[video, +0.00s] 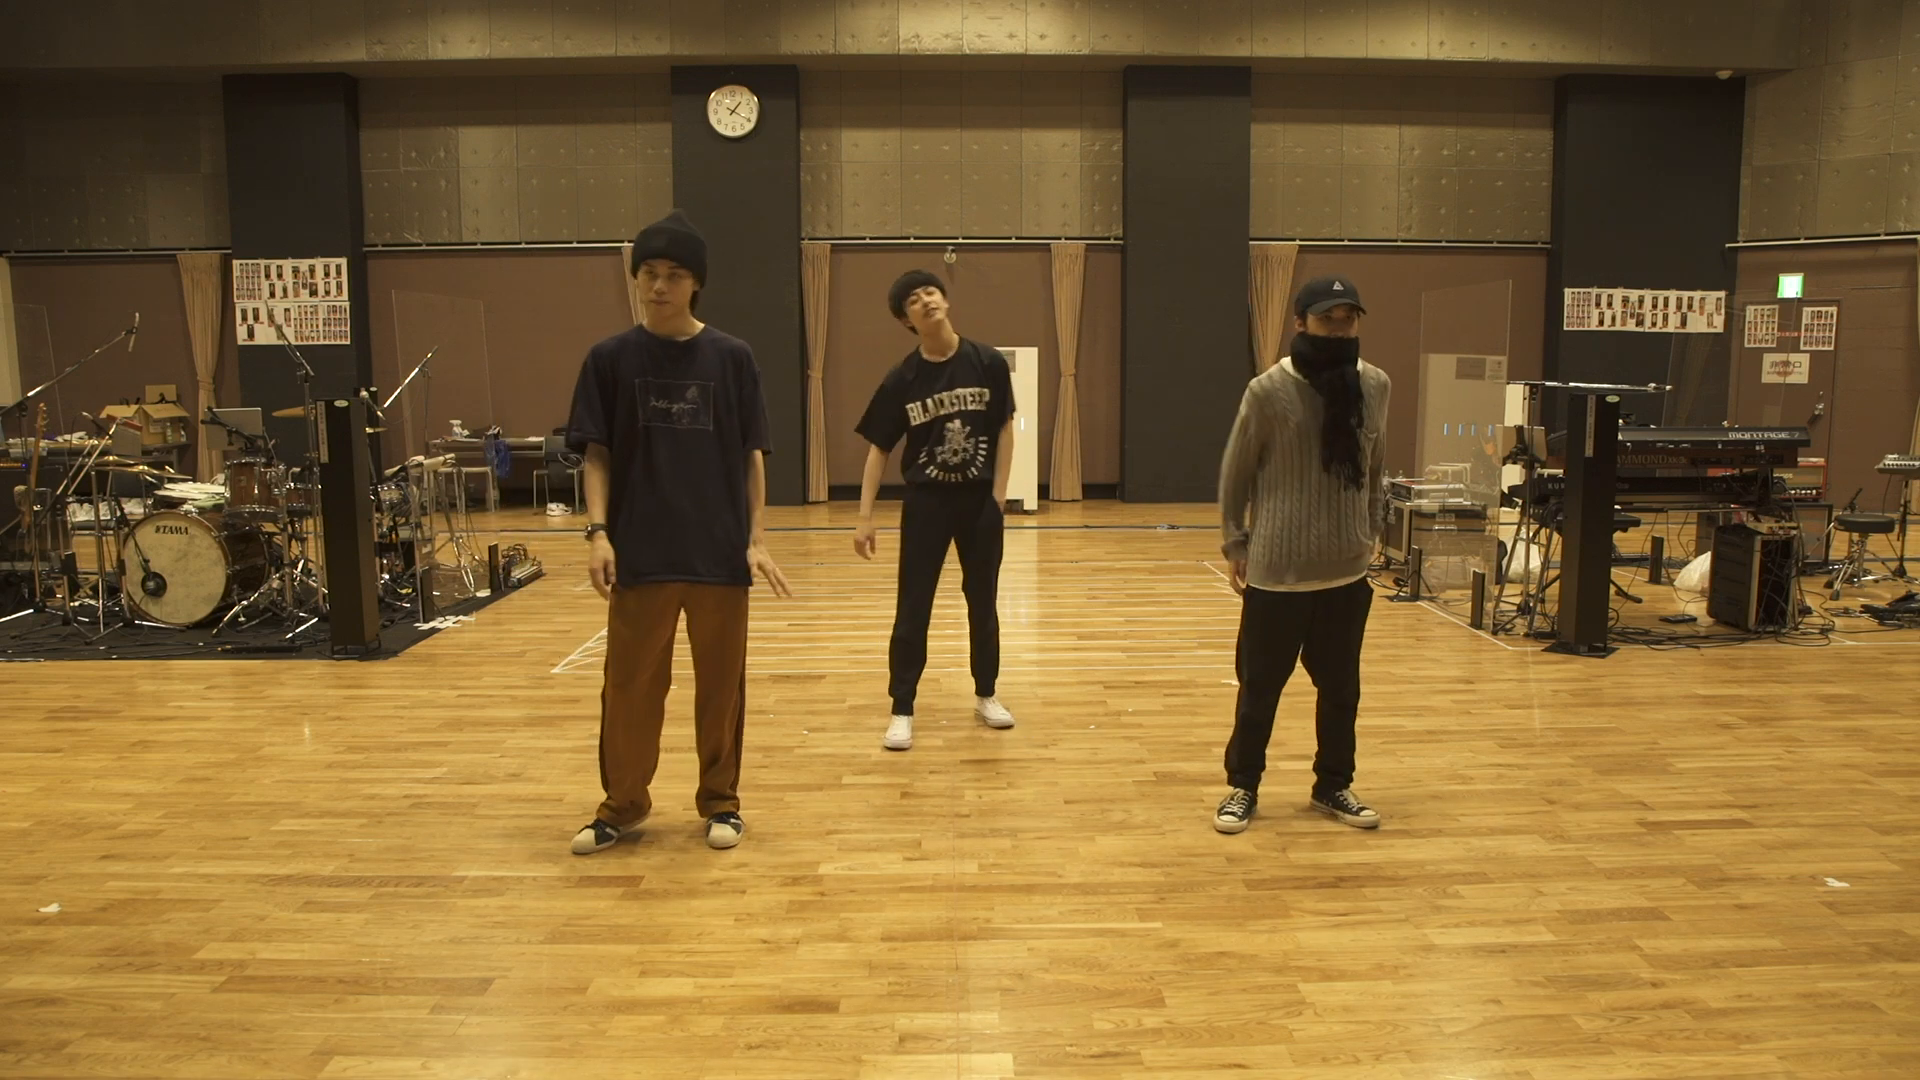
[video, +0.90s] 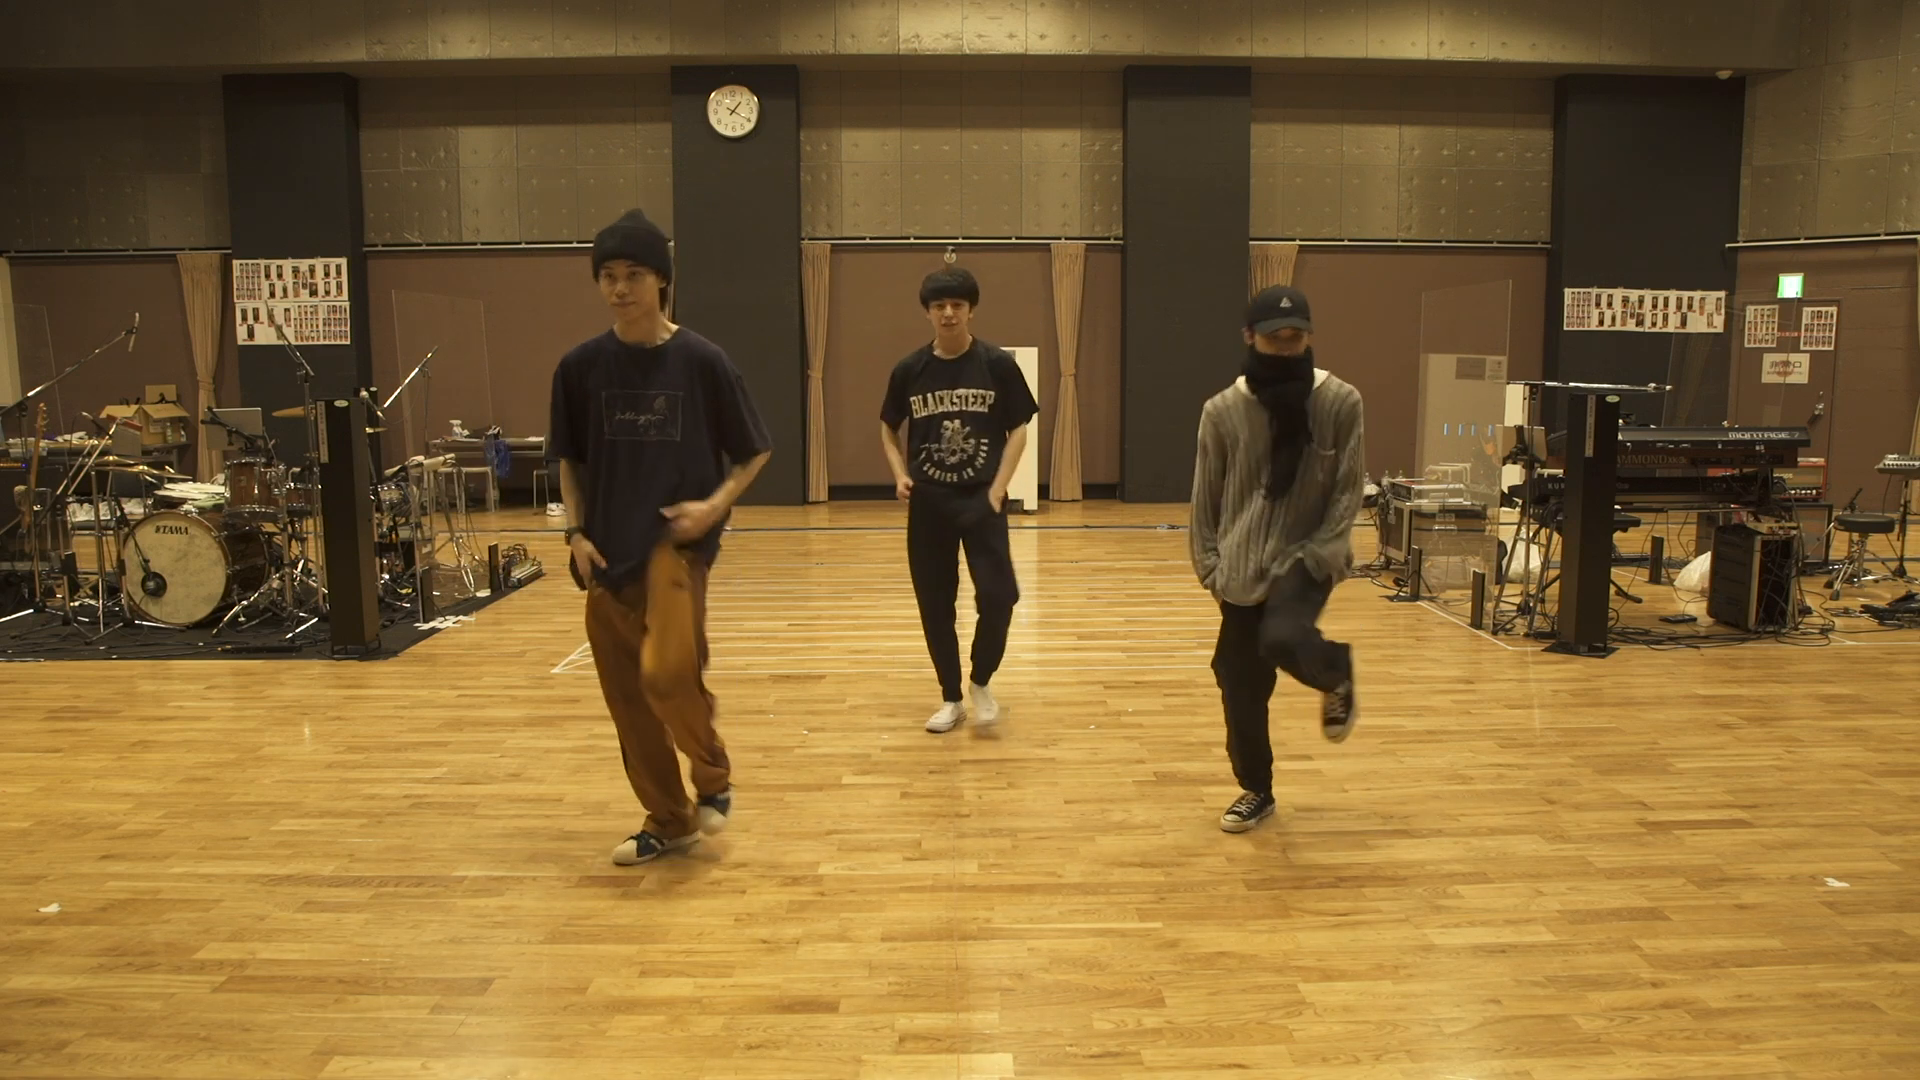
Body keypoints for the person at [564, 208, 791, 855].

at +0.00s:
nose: (658, 286)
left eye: (672, 275)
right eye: (649, 274)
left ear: (696, 283)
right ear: (635, 281)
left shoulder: (731, 358)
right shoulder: (610, 359)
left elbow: (752, 456)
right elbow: (595, 455)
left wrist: (756, 539)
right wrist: (598, 533)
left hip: (719, 552)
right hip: (640, 553)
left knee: (722, 685)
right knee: (629, 687)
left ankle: (721, 802)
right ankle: (622, 807)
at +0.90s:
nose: (620, 289)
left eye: (633, 276)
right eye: (609, 278)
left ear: (663, 280)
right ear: (598, 287)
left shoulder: (702, 362)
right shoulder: (579, 368)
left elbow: (754, 451)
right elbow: (570, 460)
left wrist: (715, 506)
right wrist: (576, 530)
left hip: (676, 551)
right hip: (607, 557)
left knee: (666, 678)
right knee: (628, 698)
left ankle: (711, 774)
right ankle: (668, 818)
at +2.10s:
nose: (623, 316)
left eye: (636, 305)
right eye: (613, 304)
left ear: (662, 305)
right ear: (600, 304)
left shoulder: (702, 373)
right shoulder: (591, 375)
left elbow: (761, 453)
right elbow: (601, 462)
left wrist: (728, 534)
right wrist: (612, 527)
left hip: (708, 559)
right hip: (640, 560)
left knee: (721, 687)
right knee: (625, 690)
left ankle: (720, 766)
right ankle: (631, 807)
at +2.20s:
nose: (651, 314)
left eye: (664, 304)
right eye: (642, 302)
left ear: (690, 303)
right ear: (629, 300)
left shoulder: (734, 369)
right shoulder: (609, 364)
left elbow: (785, 437)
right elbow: (611, 444)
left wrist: (756, 504)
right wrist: (618, 512)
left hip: (724, 555)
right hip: (646, 559)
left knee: (772, 675)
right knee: (621, 690)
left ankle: (806, 791)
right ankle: (624, 808)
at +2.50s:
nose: (706, 367)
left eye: (719, 354)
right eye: (695, 355)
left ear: (746, 358)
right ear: (681, 359)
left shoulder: (781, 432)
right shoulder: (652, 420)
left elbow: (816, 511)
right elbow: (644, 494)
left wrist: (780, 557)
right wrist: (647, 555)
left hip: (757, 611)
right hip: (671, 612)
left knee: (839, 709)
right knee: (598, 720)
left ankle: (897, 827)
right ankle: (604, 814)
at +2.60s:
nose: (661, 346)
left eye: (675, 333)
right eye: (651, 333)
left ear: (703, 333)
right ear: (638, 335)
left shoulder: (739, 408)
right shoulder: (627, 393)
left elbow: (793, 488)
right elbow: (636, 469)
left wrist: (744, 537)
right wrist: (631, 528)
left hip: (717, 588)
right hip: (642, 584)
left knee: (802, 702)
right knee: (569, 705)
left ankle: (893, 824)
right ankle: (566, 805)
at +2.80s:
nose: (572, 304)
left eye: (583, 289)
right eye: (560, 294)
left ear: (616, 288)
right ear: (554, 301)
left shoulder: (662, 373)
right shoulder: (559, 364)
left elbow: (721, 453)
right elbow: (563, 443)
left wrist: (661, 505)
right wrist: (553, 506)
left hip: (639, 553)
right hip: (571, 549)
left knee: (684, 690)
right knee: (551, 683)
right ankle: (547, 805)